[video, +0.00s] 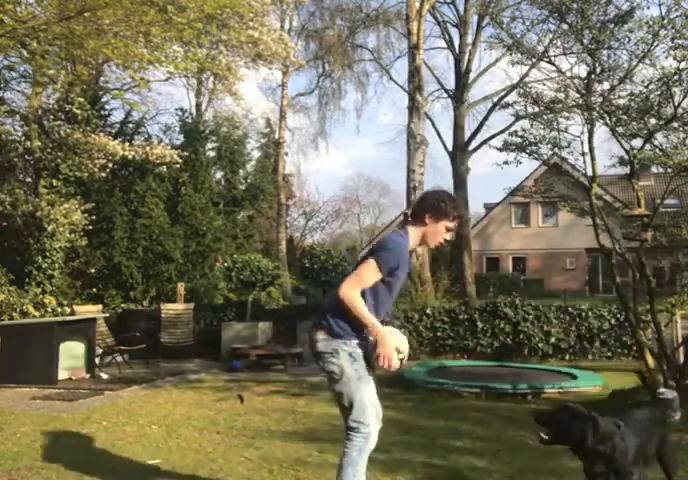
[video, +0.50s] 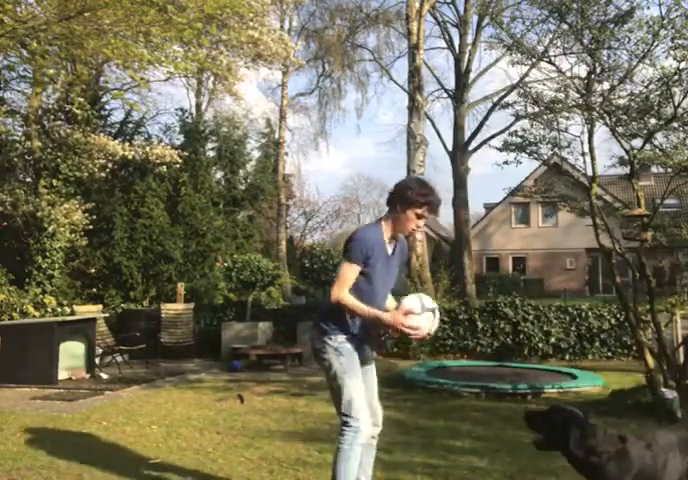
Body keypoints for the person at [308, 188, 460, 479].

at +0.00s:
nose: (447, 238)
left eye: (451, 232)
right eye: (447, 229)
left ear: (427, 219)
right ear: (428, 218)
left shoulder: (402, 249)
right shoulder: (396, 247)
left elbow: (362, 297)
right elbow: (348, 290)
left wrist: (384, 339)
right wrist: (379, 333)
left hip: (348, 340)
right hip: (338, 340)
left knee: (369, 419)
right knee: (363, 424)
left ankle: (352, 474)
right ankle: (350, 475)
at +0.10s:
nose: (441, 234)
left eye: (444, 228)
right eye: (440, 225)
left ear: (421, 215)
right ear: (421, 214)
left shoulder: (400, 246)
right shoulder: (390, 243)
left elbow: (362, 296)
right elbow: (342, 289)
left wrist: (385, 333)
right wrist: (378, 333)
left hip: (348, 338)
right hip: (335, 338)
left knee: (372, 420)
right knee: (361, 424)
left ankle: (353, 475)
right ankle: (348, 476)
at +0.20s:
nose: (435, 230)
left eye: (438, 224)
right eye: (434, 222)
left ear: (417, 214)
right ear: (415, 211)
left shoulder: (396, 247)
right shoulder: (383, 241)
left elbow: (361, 300)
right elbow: (338, 288)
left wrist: (386, 333)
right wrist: (379, 329)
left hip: (351, 341)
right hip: (337, 340)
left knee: (372, 424)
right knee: (360, 426)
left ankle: (358, 474)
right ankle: (347, 476)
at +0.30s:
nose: (428, 227)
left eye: (432, 221)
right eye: (427, 218)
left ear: (417, 216)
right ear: (408, 209)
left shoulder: (400, 248)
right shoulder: (375, 240)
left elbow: (370, 297)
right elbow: (336, 290)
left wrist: (389, 334)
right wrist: (375, 330)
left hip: (356, 340)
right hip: (337, 338)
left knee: (372, 424)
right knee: (358, 425)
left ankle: (358, 474)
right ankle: (345, 476)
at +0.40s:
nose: (424, 225)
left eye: (427, 219)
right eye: (422, 216)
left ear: (417, 216)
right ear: (401, 208)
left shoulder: (401, 247)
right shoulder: (366, 239)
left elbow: (374, 293)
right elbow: (337, 293)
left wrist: (396, 323)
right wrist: (380, 323)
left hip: (359, 338)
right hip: (335, 336)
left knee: (373, 425)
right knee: (356, 424)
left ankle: (362, 476)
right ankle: (345, 477)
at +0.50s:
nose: (421, 225)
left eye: (424, 219)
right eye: (418, 216)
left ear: (404, 213)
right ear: (398, 208)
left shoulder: (401, 246)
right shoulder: (364, 239)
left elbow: (380, 294)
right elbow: (338, 294)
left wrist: (407, 316)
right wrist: (386, 318)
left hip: (361, 337)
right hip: (335, 335)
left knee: (373, 422)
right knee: (356, 421)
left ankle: (362, 476)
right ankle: (345, 477)